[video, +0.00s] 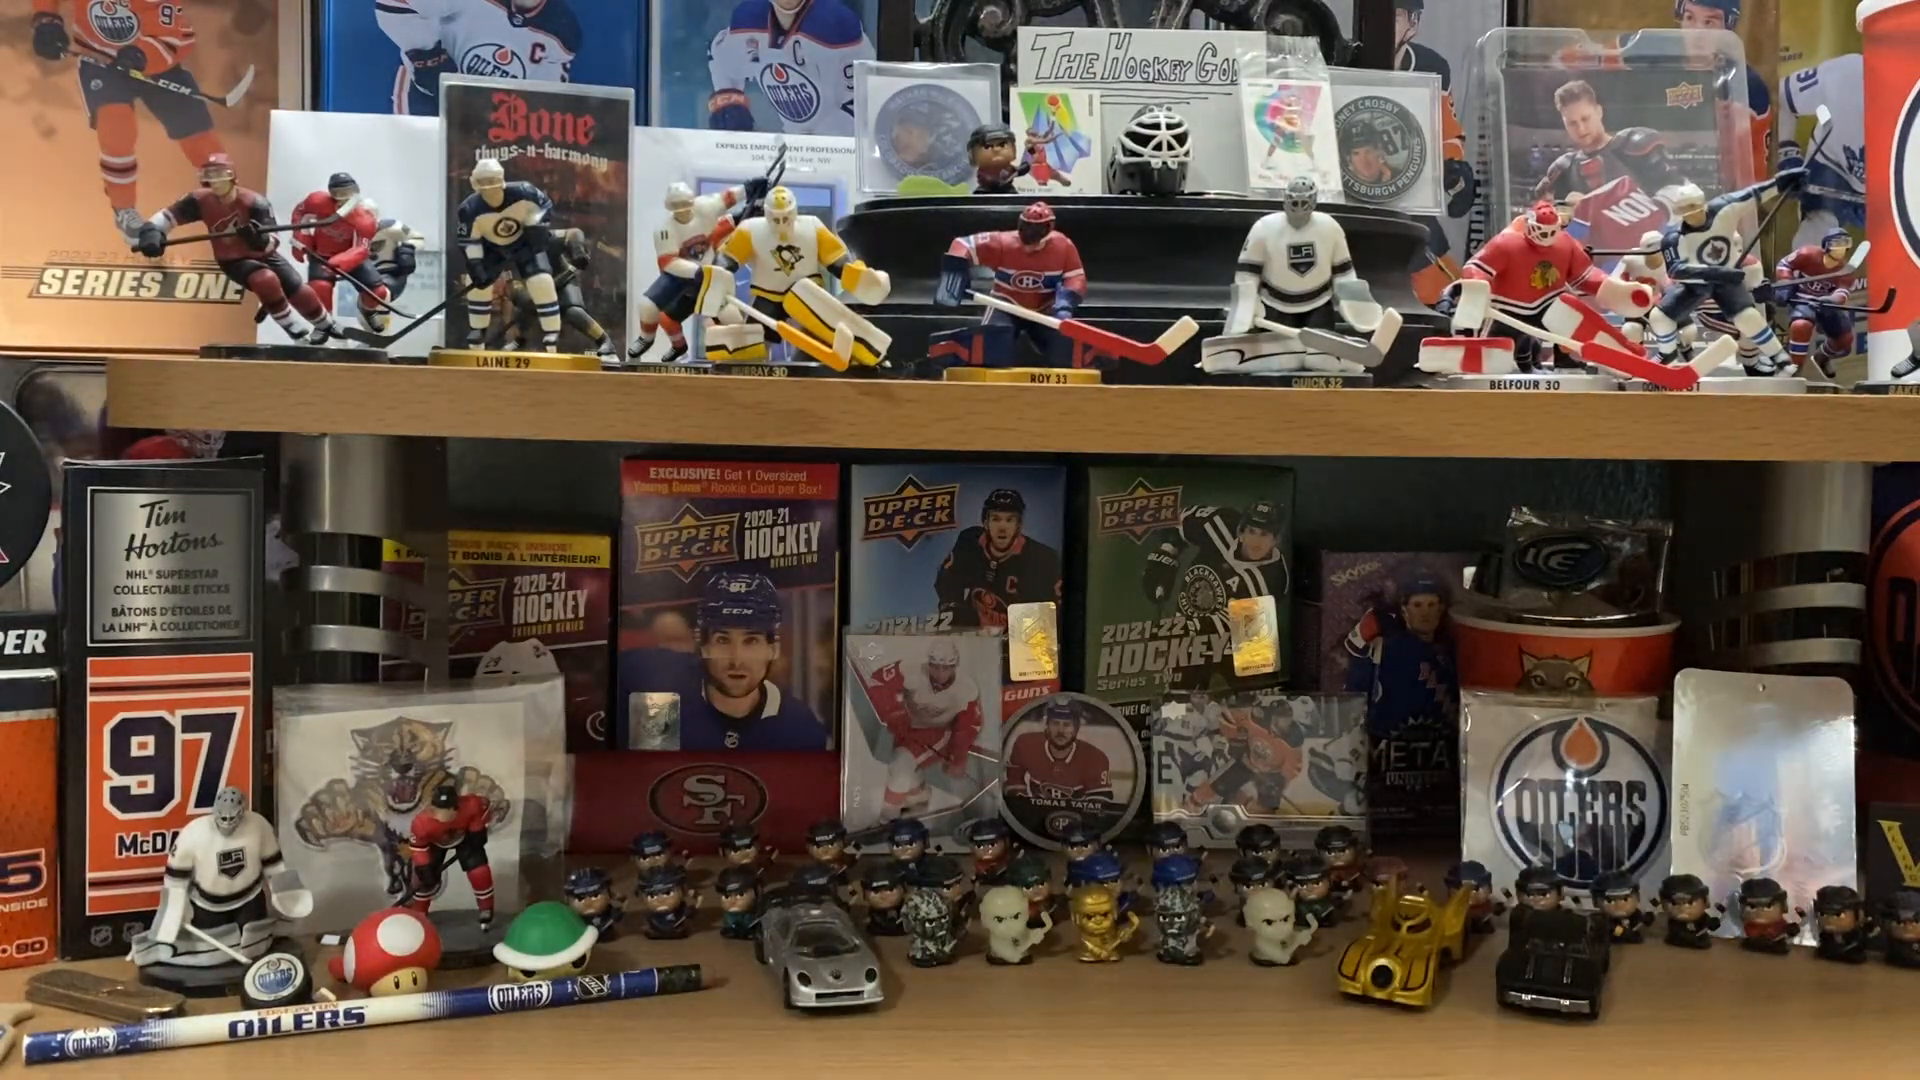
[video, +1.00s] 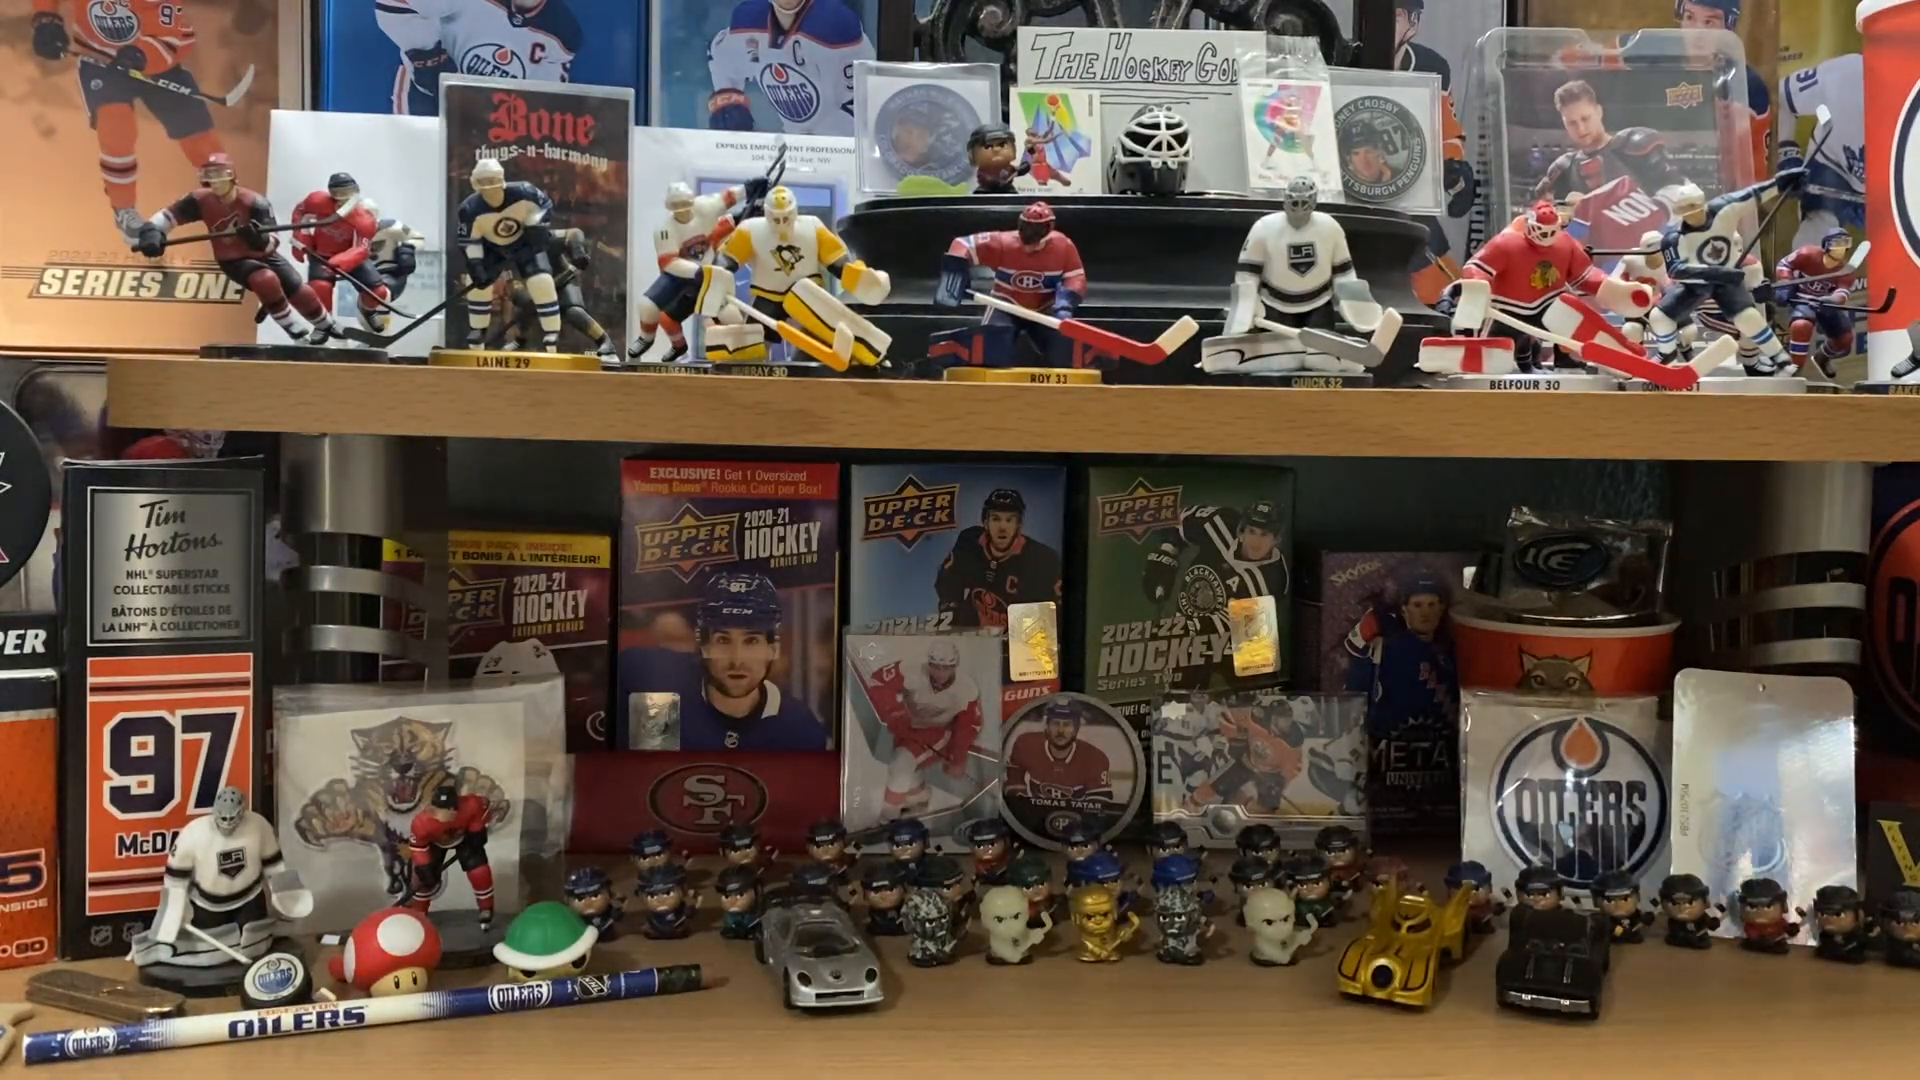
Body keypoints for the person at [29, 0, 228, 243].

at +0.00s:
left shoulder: (161, 7)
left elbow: (175, 39)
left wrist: (141, 54)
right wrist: (46, 18)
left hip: (157, 61)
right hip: (100, 61)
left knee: (207, 151)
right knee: (118, 127)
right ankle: (125, 211)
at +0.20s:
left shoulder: (161, 7)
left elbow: (175, 39)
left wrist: (141, 54)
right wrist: (46, 18)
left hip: (157, 61)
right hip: (100, 61)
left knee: (208, 152)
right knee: (118, 128)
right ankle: (125, 211)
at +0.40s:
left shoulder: (160, 7)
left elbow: (177, 40)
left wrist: (142, 54)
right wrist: (46, 18)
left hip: (157, 61)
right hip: (100, 61)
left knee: (207, 151)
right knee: (118, 127)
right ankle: (125, 211)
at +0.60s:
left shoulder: (160, 8)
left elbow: (176, 40)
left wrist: (142, 54)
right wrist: (46, 18)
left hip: (157, 61)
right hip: (99, 60)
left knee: (207, 150)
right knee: (118, 128)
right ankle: (125, 212)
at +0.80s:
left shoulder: (160, 7)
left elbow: (178, 39)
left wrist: (142, 54)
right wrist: (46, 18)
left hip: (157, 61)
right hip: (100, 61)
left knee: (205, 148)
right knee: (118, 128)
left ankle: (232, 209)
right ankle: (125, 211)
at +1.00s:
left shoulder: (160, 7)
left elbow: (179, 39)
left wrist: (142, 54)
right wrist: (46, 18)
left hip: (157, 62)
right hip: (100, 61)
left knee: (206, 149)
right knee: (118, 128)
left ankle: (232, 210)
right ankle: (125, 211)